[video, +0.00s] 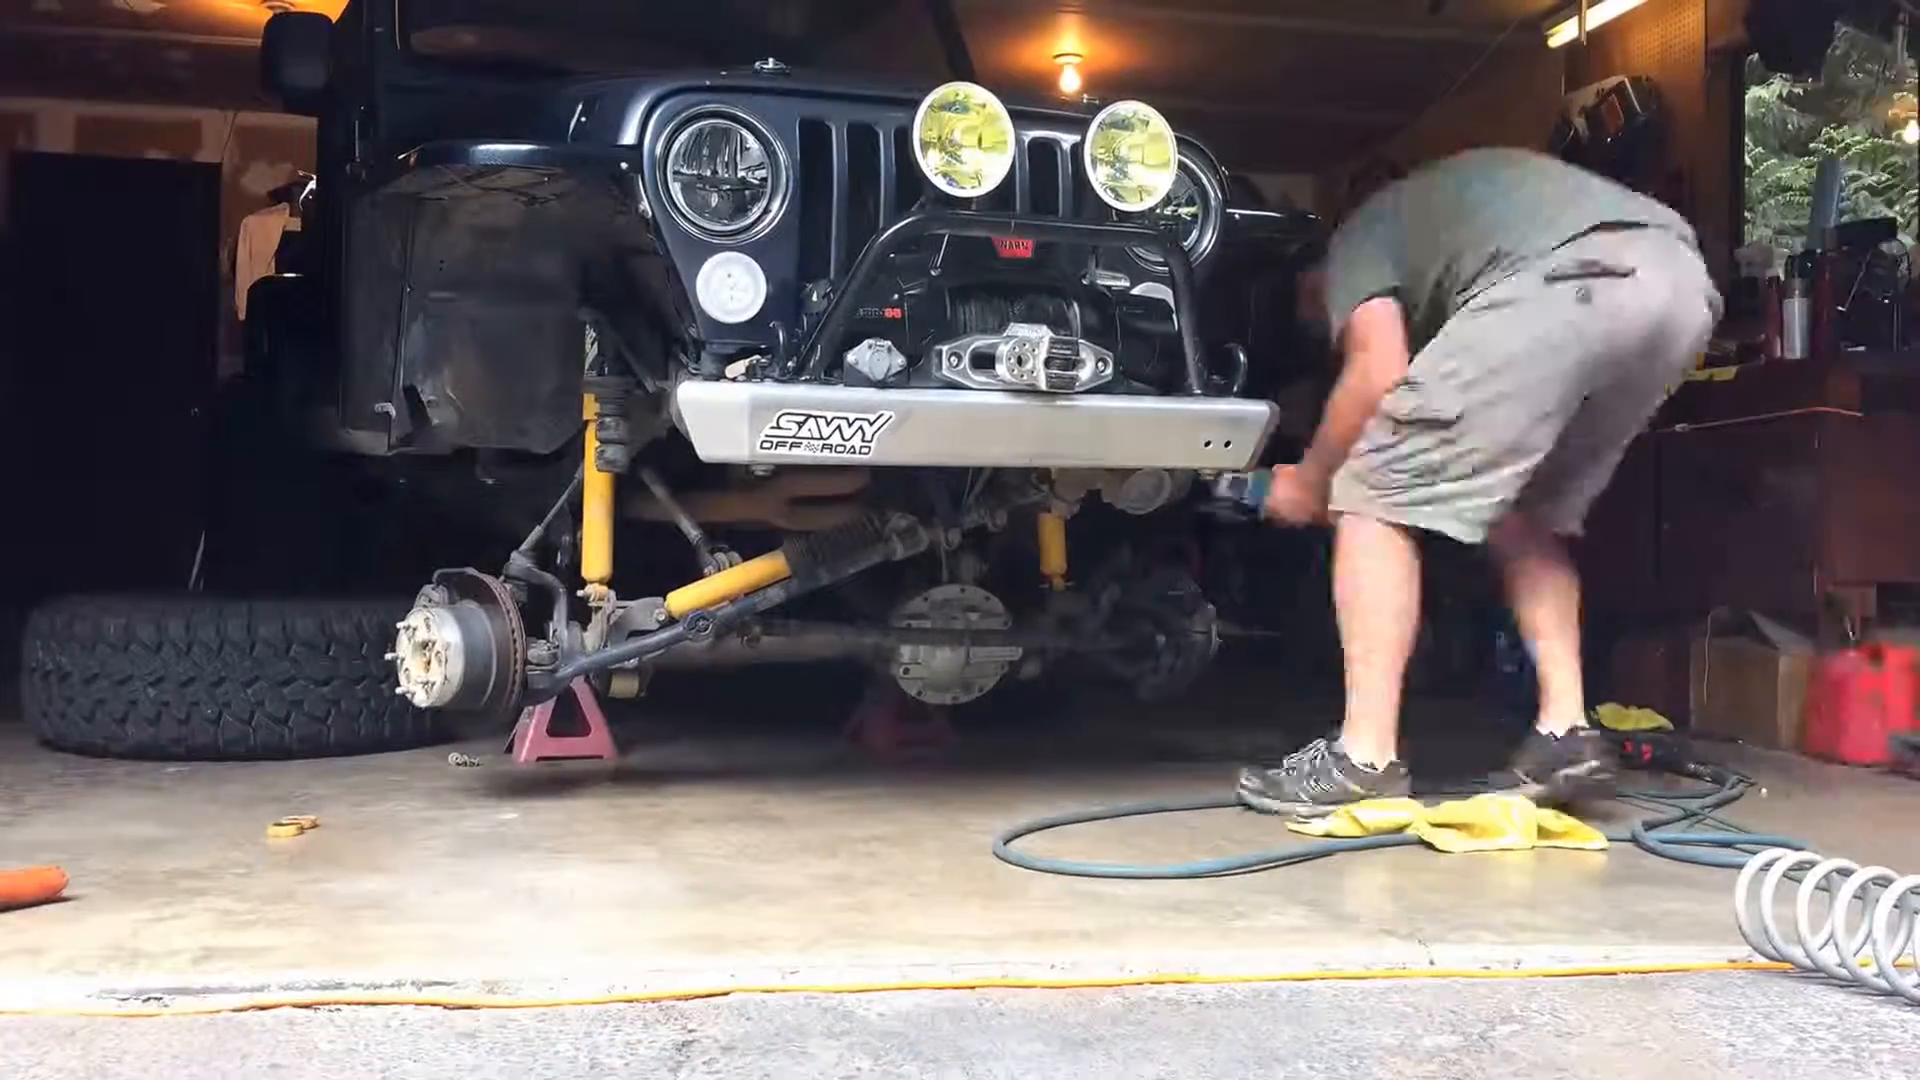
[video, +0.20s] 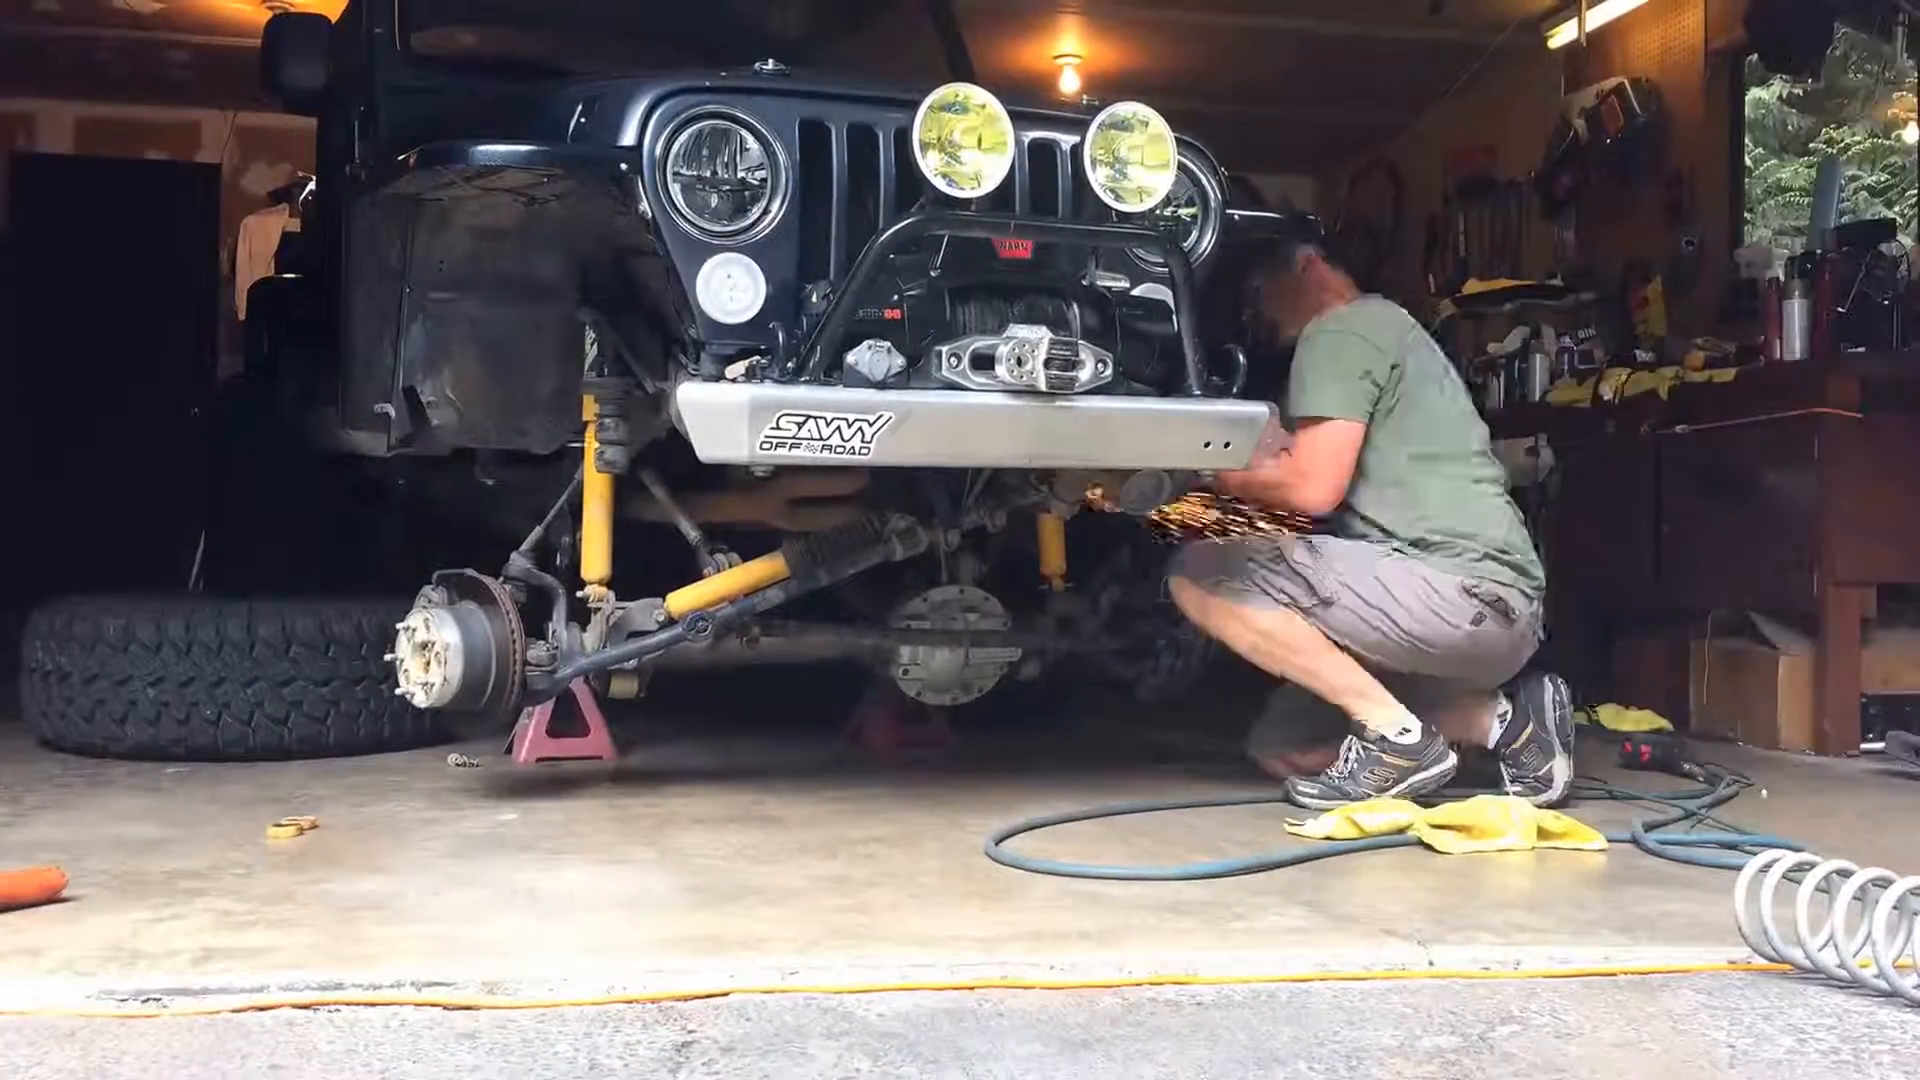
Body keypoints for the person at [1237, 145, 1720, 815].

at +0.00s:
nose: (1333, 325)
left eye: (1323, 319)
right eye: (1326, 324)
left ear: (1316, 285)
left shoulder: (1359, 236)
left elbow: (1379, 368)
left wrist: (1311, 476)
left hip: (1553, 286)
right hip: (1679, 287)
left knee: (1372, 497)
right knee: (1526, 520)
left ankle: (1363, 755)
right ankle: (1565, 732)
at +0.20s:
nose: (1259, 318)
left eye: (1262, 294)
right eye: (1254, 304)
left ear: (1310, 267)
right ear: (1318, 268)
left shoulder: (1344, 333)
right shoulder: (1390, 331)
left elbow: (1312, 488)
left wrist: (1222, 473)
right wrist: (1273, 457)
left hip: (1462, 597)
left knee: (1206, 573)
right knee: (1285, 743)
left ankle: (1396, 737)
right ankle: (1504, 720)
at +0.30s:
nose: (1424, 217)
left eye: (1449, 204)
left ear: (1518, 226)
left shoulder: (1559, 310)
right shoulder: (1430, 293)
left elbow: (1486, 473)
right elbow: (1411, 426)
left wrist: (1377, 491)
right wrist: (1377, 541)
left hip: (1643, 532)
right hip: (1534, 539)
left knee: (1424, 532)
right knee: (1379, 657)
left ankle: (1528, 763)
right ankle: (1585, 720)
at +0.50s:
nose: (1268, 454)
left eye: (1266, 431)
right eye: (1264, 442)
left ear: (1284, 394)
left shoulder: (1346, 391)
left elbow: (1240, 531)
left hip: (1531, 628)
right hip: (1593, 653)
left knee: (1275, 533)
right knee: (1309, 648)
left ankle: (1316, 767)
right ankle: (1508, 731)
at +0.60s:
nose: (1328, 397)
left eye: (1347, 383)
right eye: (1327, 379)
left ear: (1412, 381)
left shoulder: (1500, 401)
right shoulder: (1335, 448)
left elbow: (1602, 519)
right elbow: (1271, 558)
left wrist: (1479, 476)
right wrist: (1162, 557)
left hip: (1568, 611)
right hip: (1445, 619)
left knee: (1449, 504)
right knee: (1323, 653)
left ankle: (1458, 750)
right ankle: (1472, 702)